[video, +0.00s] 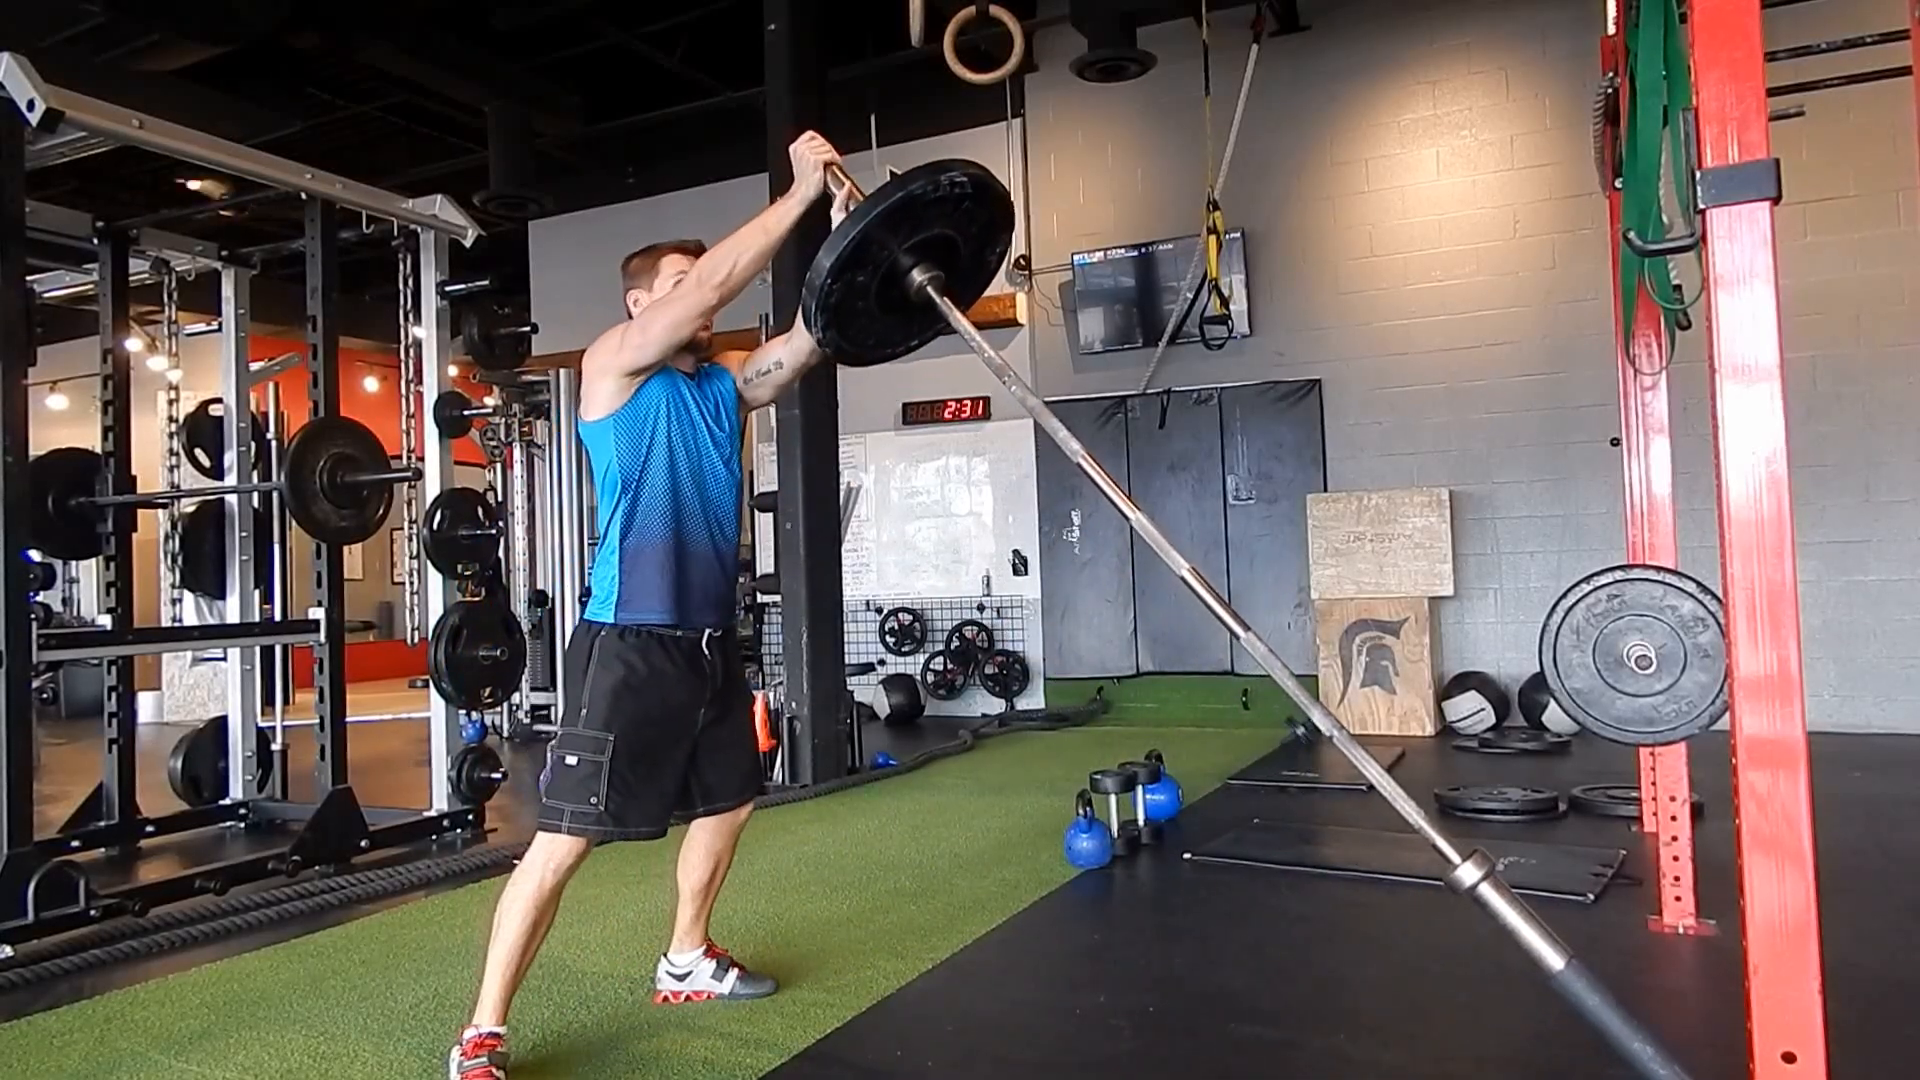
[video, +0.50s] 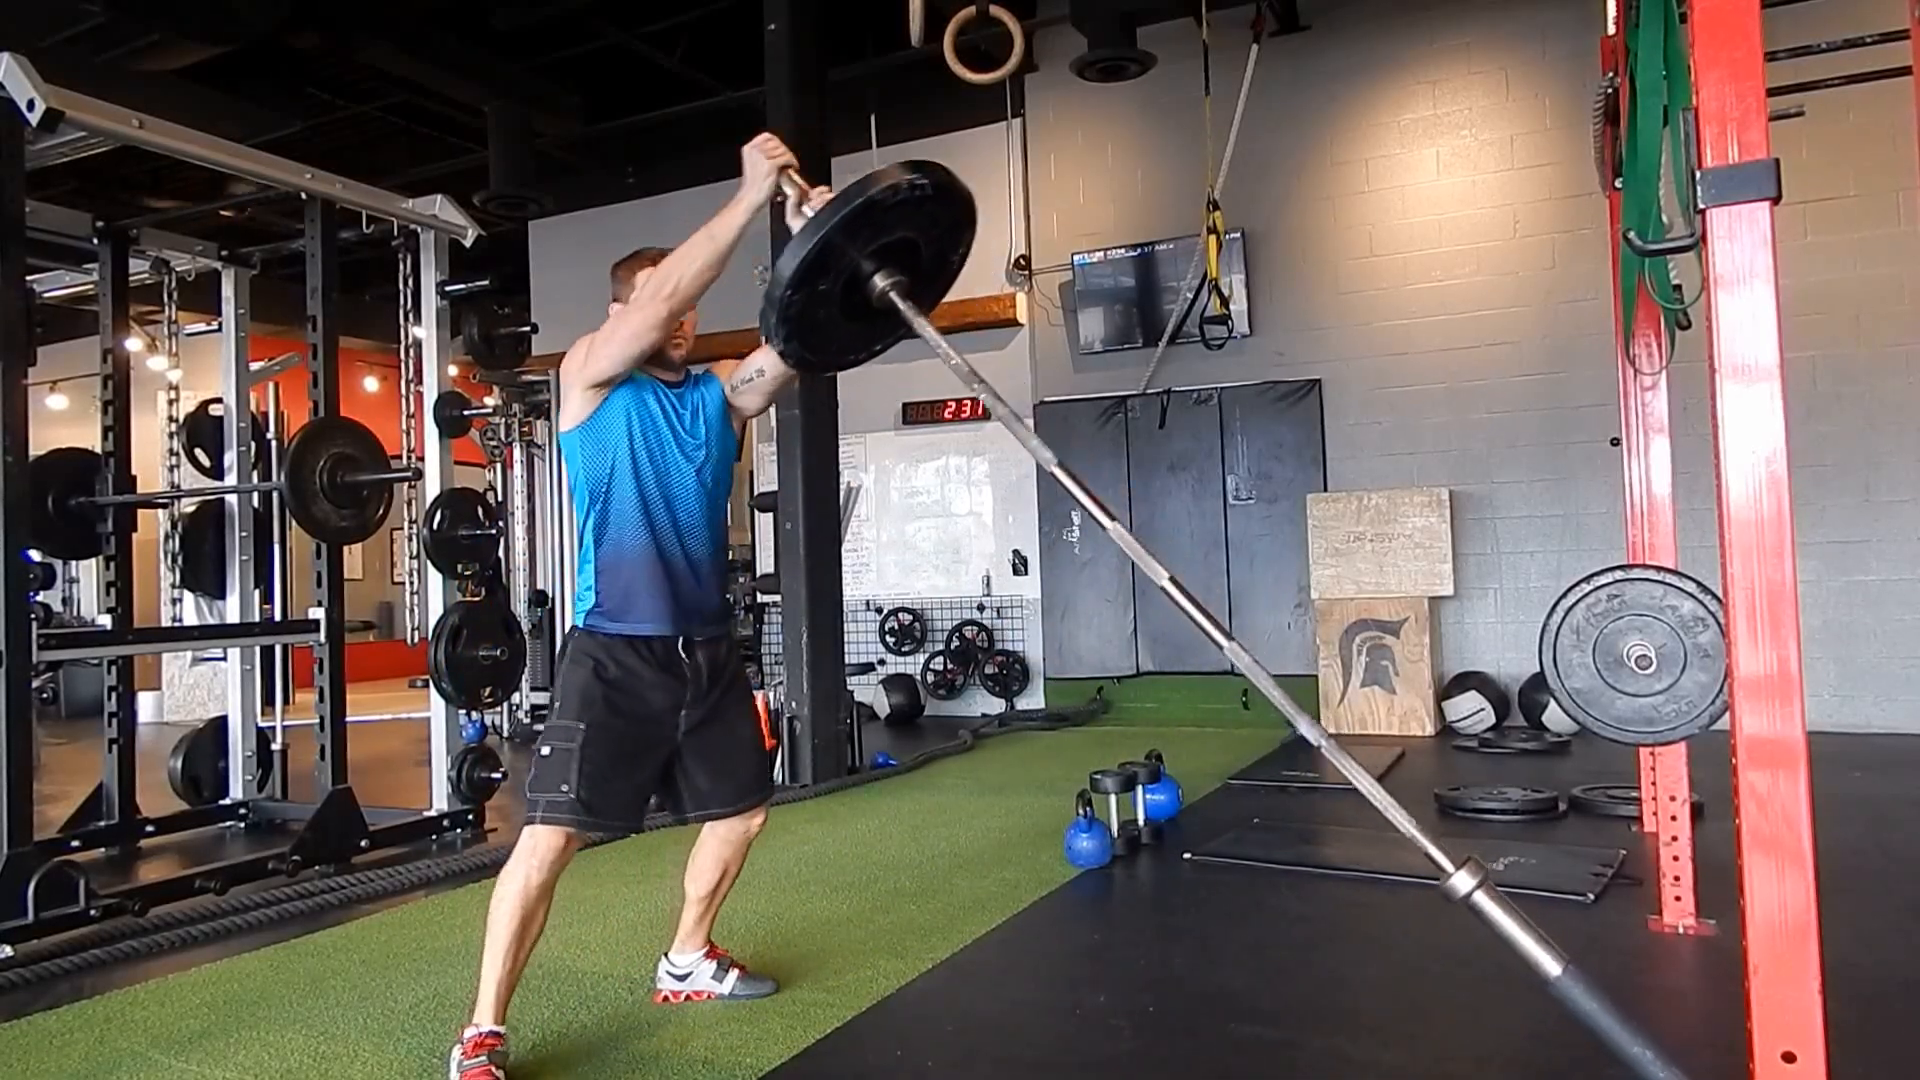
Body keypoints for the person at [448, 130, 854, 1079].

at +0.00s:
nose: (703, 285)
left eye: (704, 276)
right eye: (684, 277)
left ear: (701, 296)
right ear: (638, 297)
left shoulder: (728, 382)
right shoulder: (610, 366)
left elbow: (813, 335)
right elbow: (710, 285)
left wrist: (861, 235)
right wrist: (799, 194)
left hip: (711, 646)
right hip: (624, 646)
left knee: (728, 794)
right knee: (566, 835)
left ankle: (685, 960)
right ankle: (484, 1029)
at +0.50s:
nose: (686, 307)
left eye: (686, 295)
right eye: (668, 295)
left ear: (686, 311)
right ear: (624, 308)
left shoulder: (720, 394)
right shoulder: (585, 380)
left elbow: (805, 341)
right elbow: (665, 296)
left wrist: (816, 234)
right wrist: (751, 194)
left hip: (708, 657)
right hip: (609, 656)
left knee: (741, 807)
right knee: (551, 836)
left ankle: (685, 961)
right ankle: (484, 1029)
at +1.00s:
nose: (596, 352)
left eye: (613, 335)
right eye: (581, 336)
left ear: (646, 340)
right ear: (565, 341)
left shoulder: (680, 420)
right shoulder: (525, 429)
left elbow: (638, 507)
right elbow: (504, 528)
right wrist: (459, 494)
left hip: (659, 670)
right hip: (545, 675)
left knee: (715, 832)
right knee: (480, 836)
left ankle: (740, 932)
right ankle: (471, 1032)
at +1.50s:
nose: (531, 400)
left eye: (549, 381)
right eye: (515, 384)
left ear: (586, 385)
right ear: (501, 393)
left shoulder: (624, 474)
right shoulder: (493, 489)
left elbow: (619, 619)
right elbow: (510, 609)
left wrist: (534, 733)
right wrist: (483, 703)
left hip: (642, 700)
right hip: (539, 700)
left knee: (710, 883)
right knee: (439, 841)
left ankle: (768, 922)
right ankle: (469, 1038)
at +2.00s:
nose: (625, 309)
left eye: (637, 297)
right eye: (607, 296)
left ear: (649, 310)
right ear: (569, 310)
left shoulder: (665, 385)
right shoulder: (529, 388)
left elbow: (728, 433)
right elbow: (509, 479)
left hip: (657, 648)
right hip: (551, 650)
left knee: (714, 807)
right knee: (512, 838)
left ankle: (696, 944)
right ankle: (477, 1033)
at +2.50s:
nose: (685, 293)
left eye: (687, 280)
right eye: (664, 282)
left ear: (687, 296)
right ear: (618, 291)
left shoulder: (702, 366)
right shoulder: (581, 356)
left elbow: (781, 299)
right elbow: (659, 270)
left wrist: (811, 200)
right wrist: (743, 162)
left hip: (676, 637)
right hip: (584, 635)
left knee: (700, 791)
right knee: (558, 838)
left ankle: (683, 961)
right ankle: (488, 1029)